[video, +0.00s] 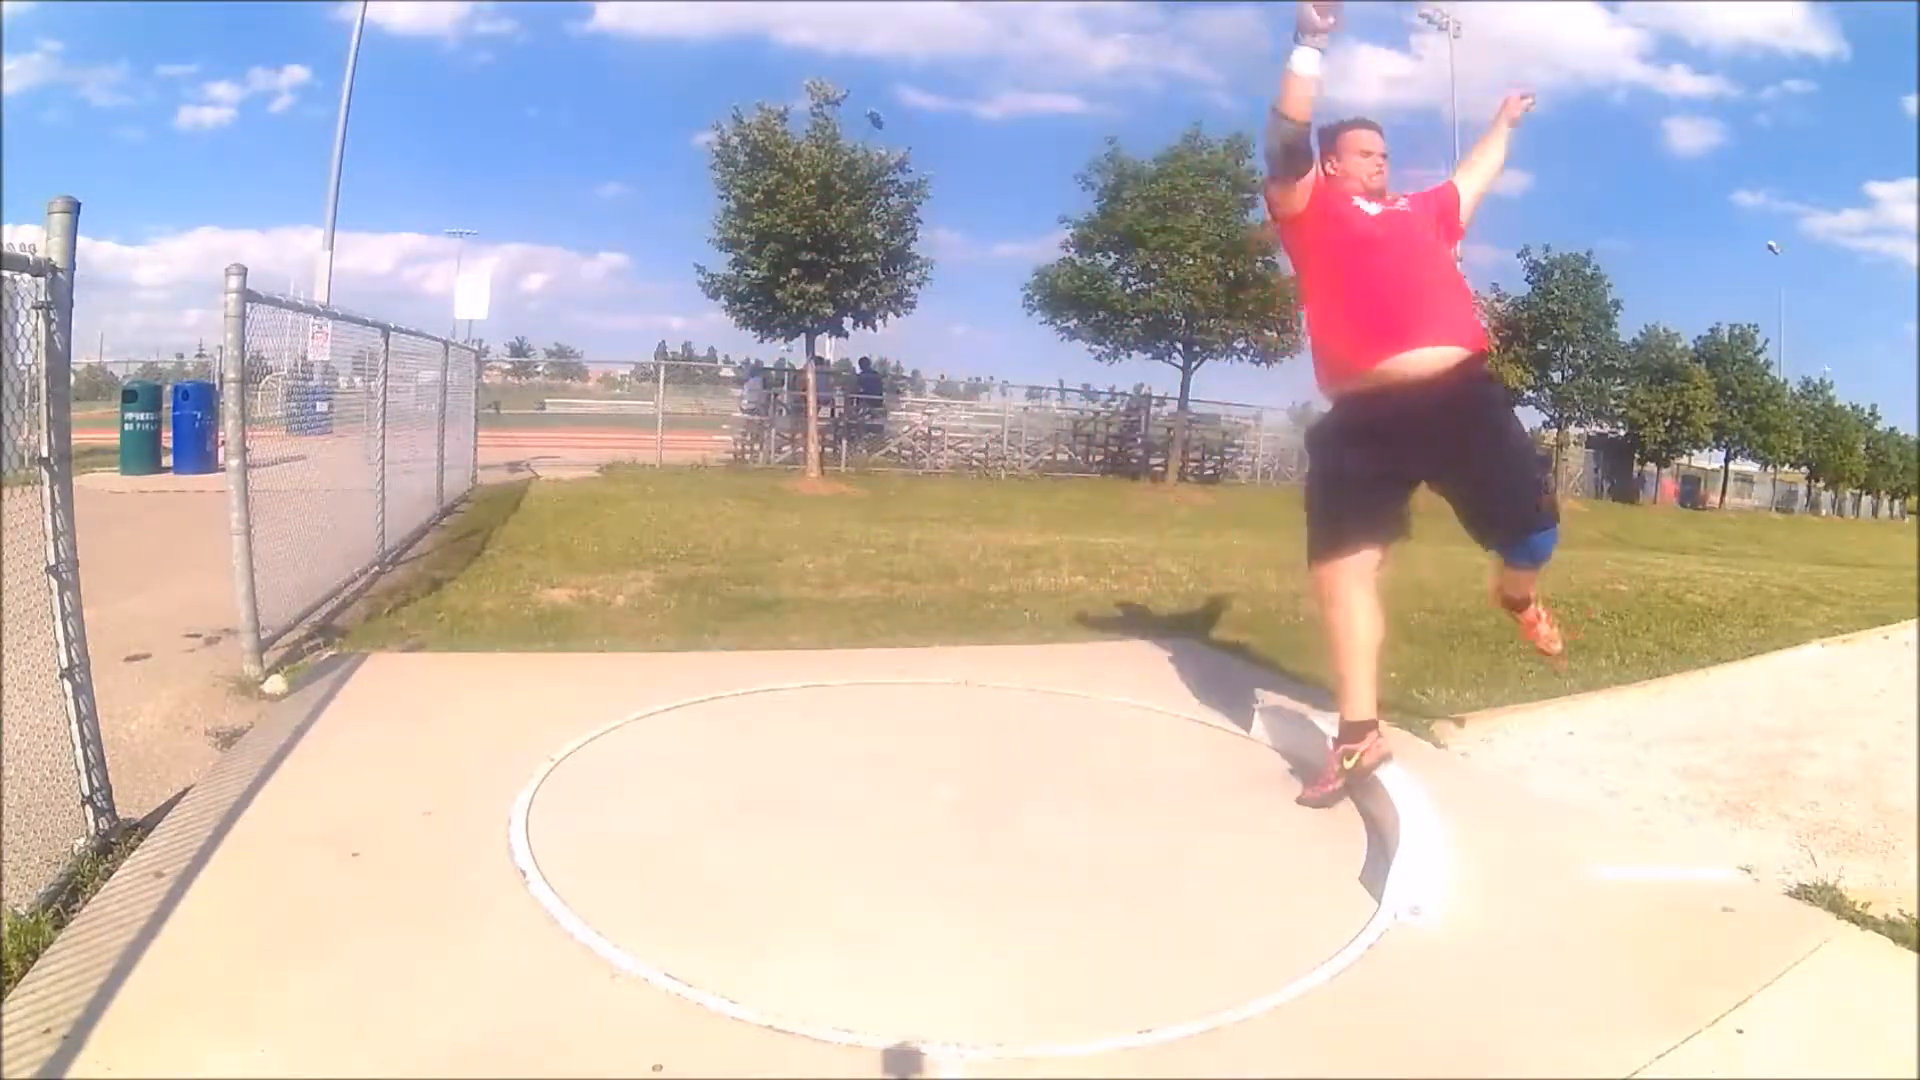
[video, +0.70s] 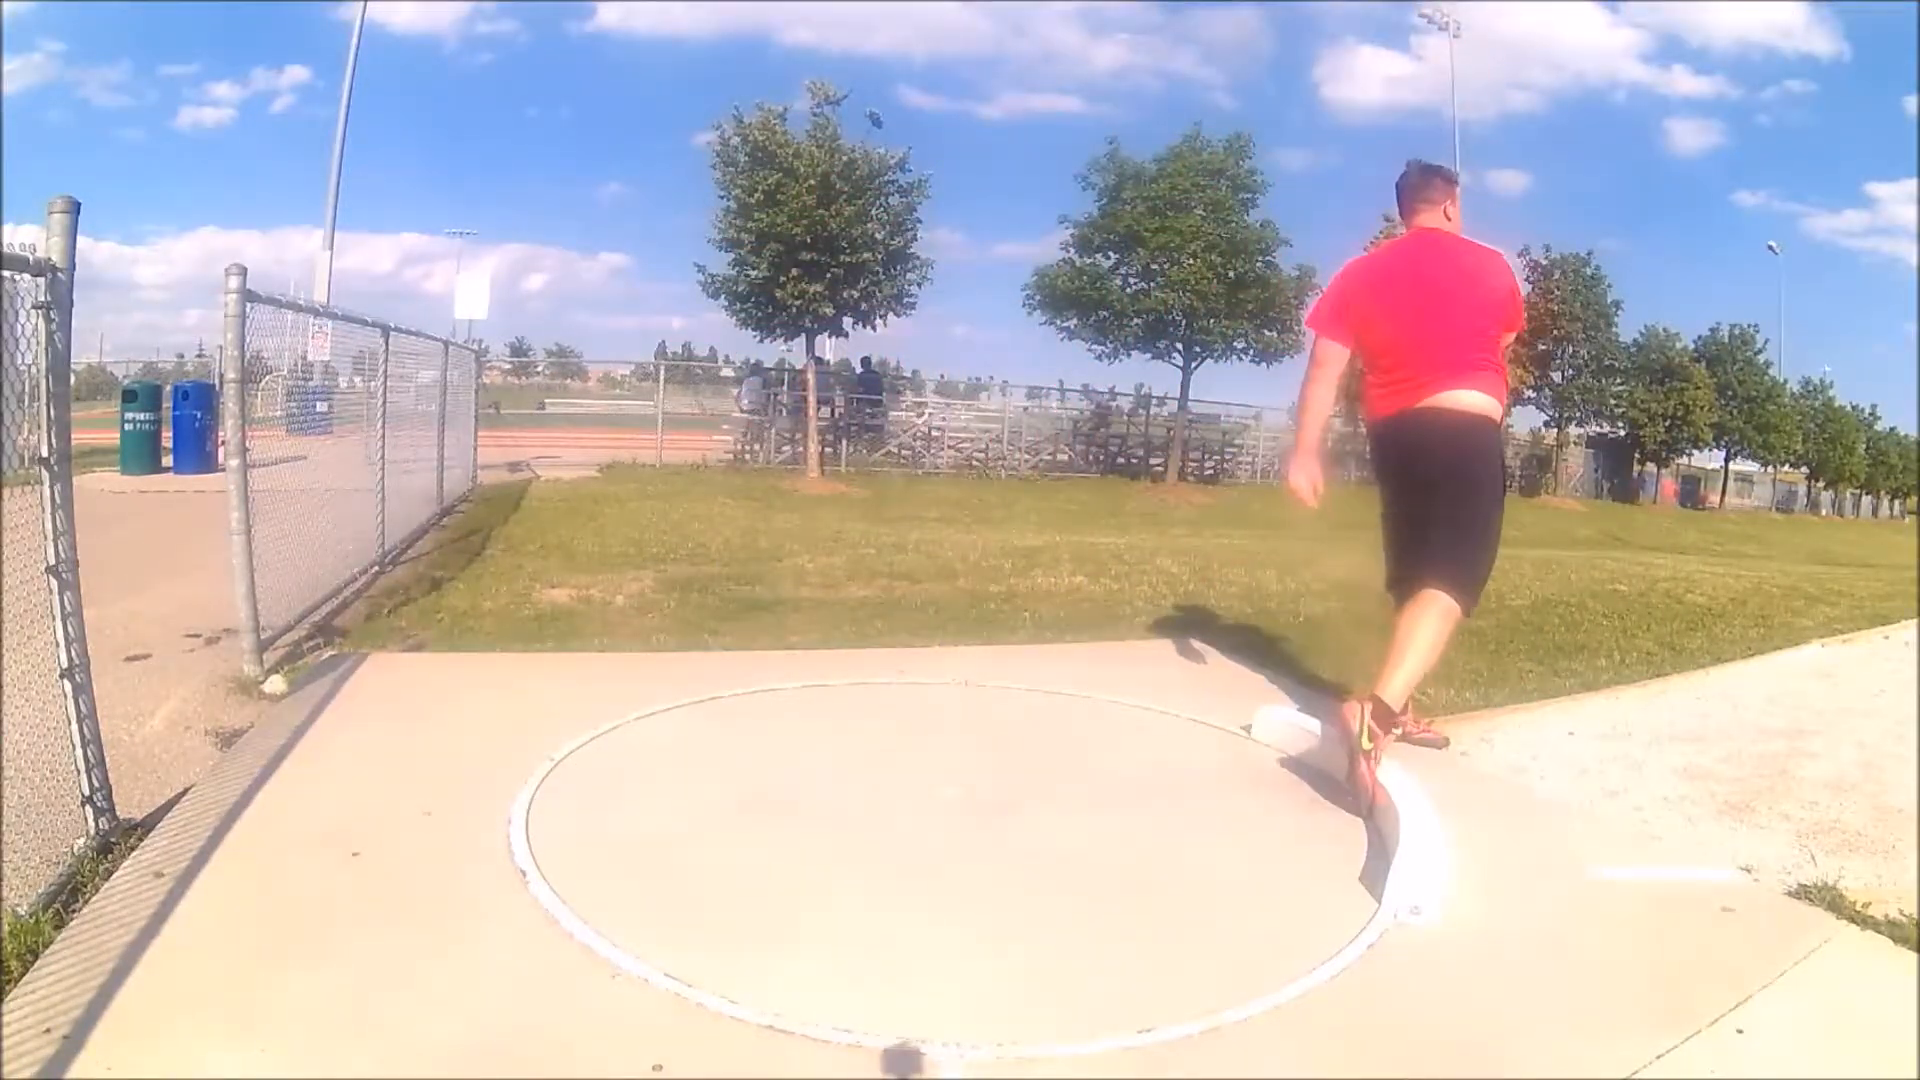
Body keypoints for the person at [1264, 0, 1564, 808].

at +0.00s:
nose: (1374, 160)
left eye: (1381, 154)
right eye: (1358, 152)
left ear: (1389, 166)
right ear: (1327, 163)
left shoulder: (1425, 210)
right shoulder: (1309, 210)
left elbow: (1478, 171)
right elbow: (1288, 142)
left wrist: (1506, 120)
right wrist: (1307, 43)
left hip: (1465, 400)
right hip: (1364, 421)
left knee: (1534, 539)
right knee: (1341, 567)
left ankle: (1514, 597)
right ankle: (1359, 728)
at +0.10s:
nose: (1414, 171)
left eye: (1417, 165)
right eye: (1400, 162)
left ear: (1414, 182)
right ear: (1364, 171)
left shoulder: (1423, 236)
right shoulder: (1344, 219)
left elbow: (1446, 231)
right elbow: (1361, 130)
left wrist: (1476, 191)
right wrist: (1391, 33)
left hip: (1469, 429)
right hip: (1379, 431)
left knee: (1488, 571)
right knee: (1360, 580)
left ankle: (1445, 663)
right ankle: (1354, 735)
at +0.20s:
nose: (1437, 192)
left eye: (1434, 184)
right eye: (1424, 182)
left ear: (1389, 197)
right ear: (1396, 189)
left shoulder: (1412, 257)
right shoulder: (1395, 227)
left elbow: (1356, 364)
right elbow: (1465, 160)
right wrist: (1502, 98)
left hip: (1454, 450)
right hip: (1403, 437)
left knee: (1445, 595)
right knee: (1400, 586)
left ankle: (1388, 708)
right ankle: (1330, 745)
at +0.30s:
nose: (1448, 213)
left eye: (1444, 204)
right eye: (1444, 204)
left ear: (1387, 212)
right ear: (1431, 204)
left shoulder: (1368, 275)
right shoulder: (1441, 240)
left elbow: (1350, 373)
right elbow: (1537, 236)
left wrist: (1355, 428)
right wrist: (1593, 210)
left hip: (1386, 434)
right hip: (1422, 434)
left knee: (1451, 582)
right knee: (1414, 584)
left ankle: (1388, 703)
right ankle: (1321, 746)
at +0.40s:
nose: (1455, 217)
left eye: (1452, 208)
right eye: (1454, 206)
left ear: (1390, 214)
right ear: (1441, 206)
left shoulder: (1361, 280)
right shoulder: (1473, 256)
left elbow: (1345, 386)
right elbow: (1550, 305)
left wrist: (1342, 454)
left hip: (1378, 437)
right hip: (1442, 438)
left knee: (1412, 577)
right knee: (1425, 589)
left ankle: (1390, 703)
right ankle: (1340, 728)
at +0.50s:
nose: (1455, 219)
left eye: (1448, 211)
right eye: (1455, 210)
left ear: (1394, 218)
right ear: (1448, 209)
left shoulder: (1355, 278)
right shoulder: (1488, 265)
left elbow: (1328, 377)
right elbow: (1528, 352)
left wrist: (1315, 458)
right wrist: (1520, 387)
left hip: (1387, 434)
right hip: (1455, 435)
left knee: (1407, 572)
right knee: (1442, 584)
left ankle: (1395, 705)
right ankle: (1353, 721)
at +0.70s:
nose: (1459, 216)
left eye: (1451, 206)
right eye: (1459, 207)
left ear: (1399, 211)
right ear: (1452, 206)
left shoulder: (1359, 272)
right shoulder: (1493, 267)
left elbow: (1326, 367)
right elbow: (1504, 342)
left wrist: (1306, 448)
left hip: (1393, 439)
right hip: (1469, 439)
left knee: (1409, 577)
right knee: (1452, 580)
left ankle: (1400, 706)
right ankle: (1376, 707)